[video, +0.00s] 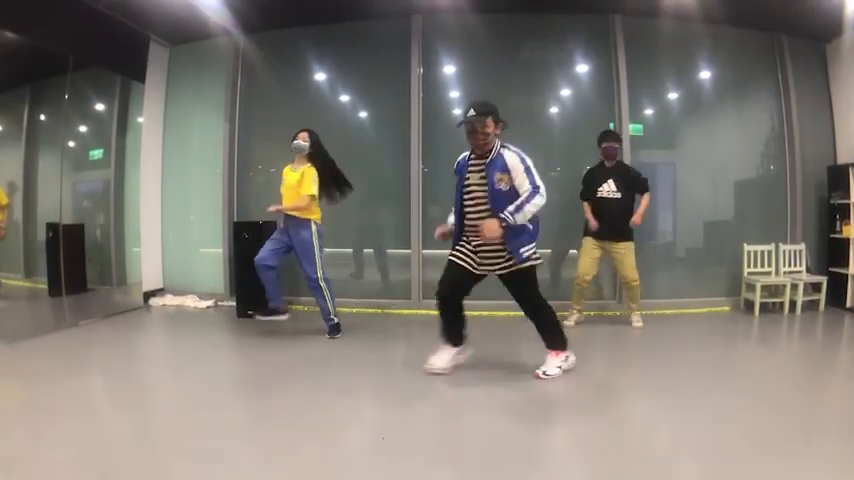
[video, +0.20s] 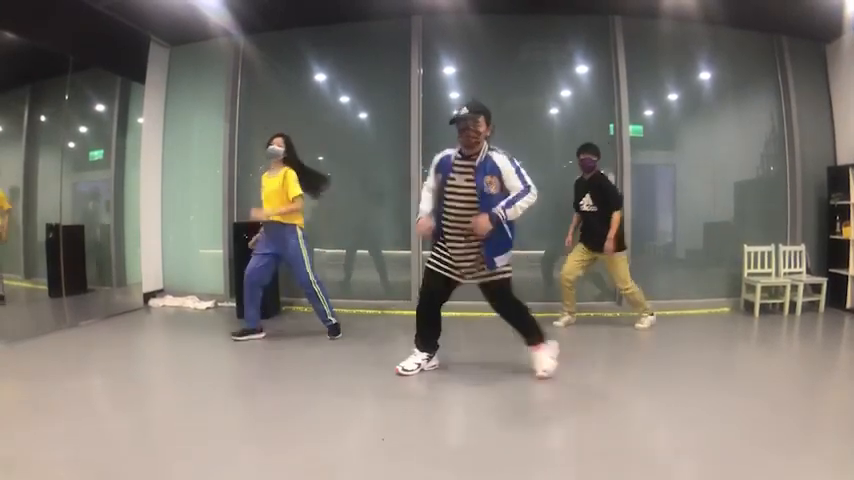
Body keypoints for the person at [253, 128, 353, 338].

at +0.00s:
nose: (299, 142)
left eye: (304, 140)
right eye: (297, 138)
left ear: (311, 147)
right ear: (292, 144)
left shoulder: (310, 171)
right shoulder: (287, 170)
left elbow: (306, 202)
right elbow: (287, 198)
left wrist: (281, 208)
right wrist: (283, 220)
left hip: (307, 225)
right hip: (288, 223)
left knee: (315, 275)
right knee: (263, 260)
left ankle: (332, 322)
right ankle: (276, 308)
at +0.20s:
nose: (274, 148)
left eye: (279, 145)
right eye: (272, 144)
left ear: (286, 151)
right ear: (267, 149)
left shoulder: (288, 173)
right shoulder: (266, 176)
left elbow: (298, 204)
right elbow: (270, 208)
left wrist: (268, 213)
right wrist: (261, 233)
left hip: (290, 230)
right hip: (270, 230)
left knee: (306, 277)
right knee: (252, 275)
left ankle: (331, 322)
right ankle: (253, 326)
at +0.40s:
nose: (261, 141)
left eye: (266, 138)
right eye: (258, 138)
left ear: (273, 145)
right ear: (252, 145)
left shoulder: (284, 171)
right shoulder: (246, 173)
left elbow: (289, 202)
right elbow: (242, 204)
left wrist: (291, 232)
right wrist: (240, 230)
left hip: (279, 224)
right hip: (256, 224)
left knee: (288, 272)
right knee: (253, 277)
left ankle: (289, 314)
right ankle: (248, 325)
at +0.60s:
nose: (261, 142)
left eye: (265, 139)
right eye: (257, 140)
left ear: (272, 146)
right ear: (252, 147)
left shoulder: (284, 172)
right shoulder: (245, 174)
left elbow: (299, 198)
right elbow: (233, 202)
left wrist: (302, 227)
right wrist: (238, 226)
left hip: (279, 226)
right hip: (254, 225)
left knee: (283, 274)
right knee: (250, 277)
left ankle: (287, 324)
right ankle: (242, 324)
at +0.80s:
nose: (271, 145)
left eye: (275, 142)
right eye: (267, 142)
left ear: (282, 148)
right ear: (261, 149)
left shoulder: (292, 175)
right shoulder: (254, 174)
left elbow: (309, 198)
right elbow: (235, 199)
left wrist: (303, 222)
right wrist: (246, 221)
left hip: (284, 230)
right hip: (259, 229)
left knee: (291, 280)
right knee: (252, 280)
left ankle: (298, 332)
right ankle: (243, 327)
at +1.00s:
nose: (281, 144)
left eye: (286, 141)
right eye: (278, 140)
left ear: (294, 148)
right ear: (272, 146)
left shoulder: (297, 176)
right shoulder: (260, 170)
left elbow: (302, 212)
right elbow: (251, 202)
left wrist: (269, 221)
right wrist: (243, 234)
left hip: (279, 234)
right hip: (254, 232)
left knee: (287, 283)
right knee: (241, 280)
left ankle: (297, 333)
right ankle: (252, 325)